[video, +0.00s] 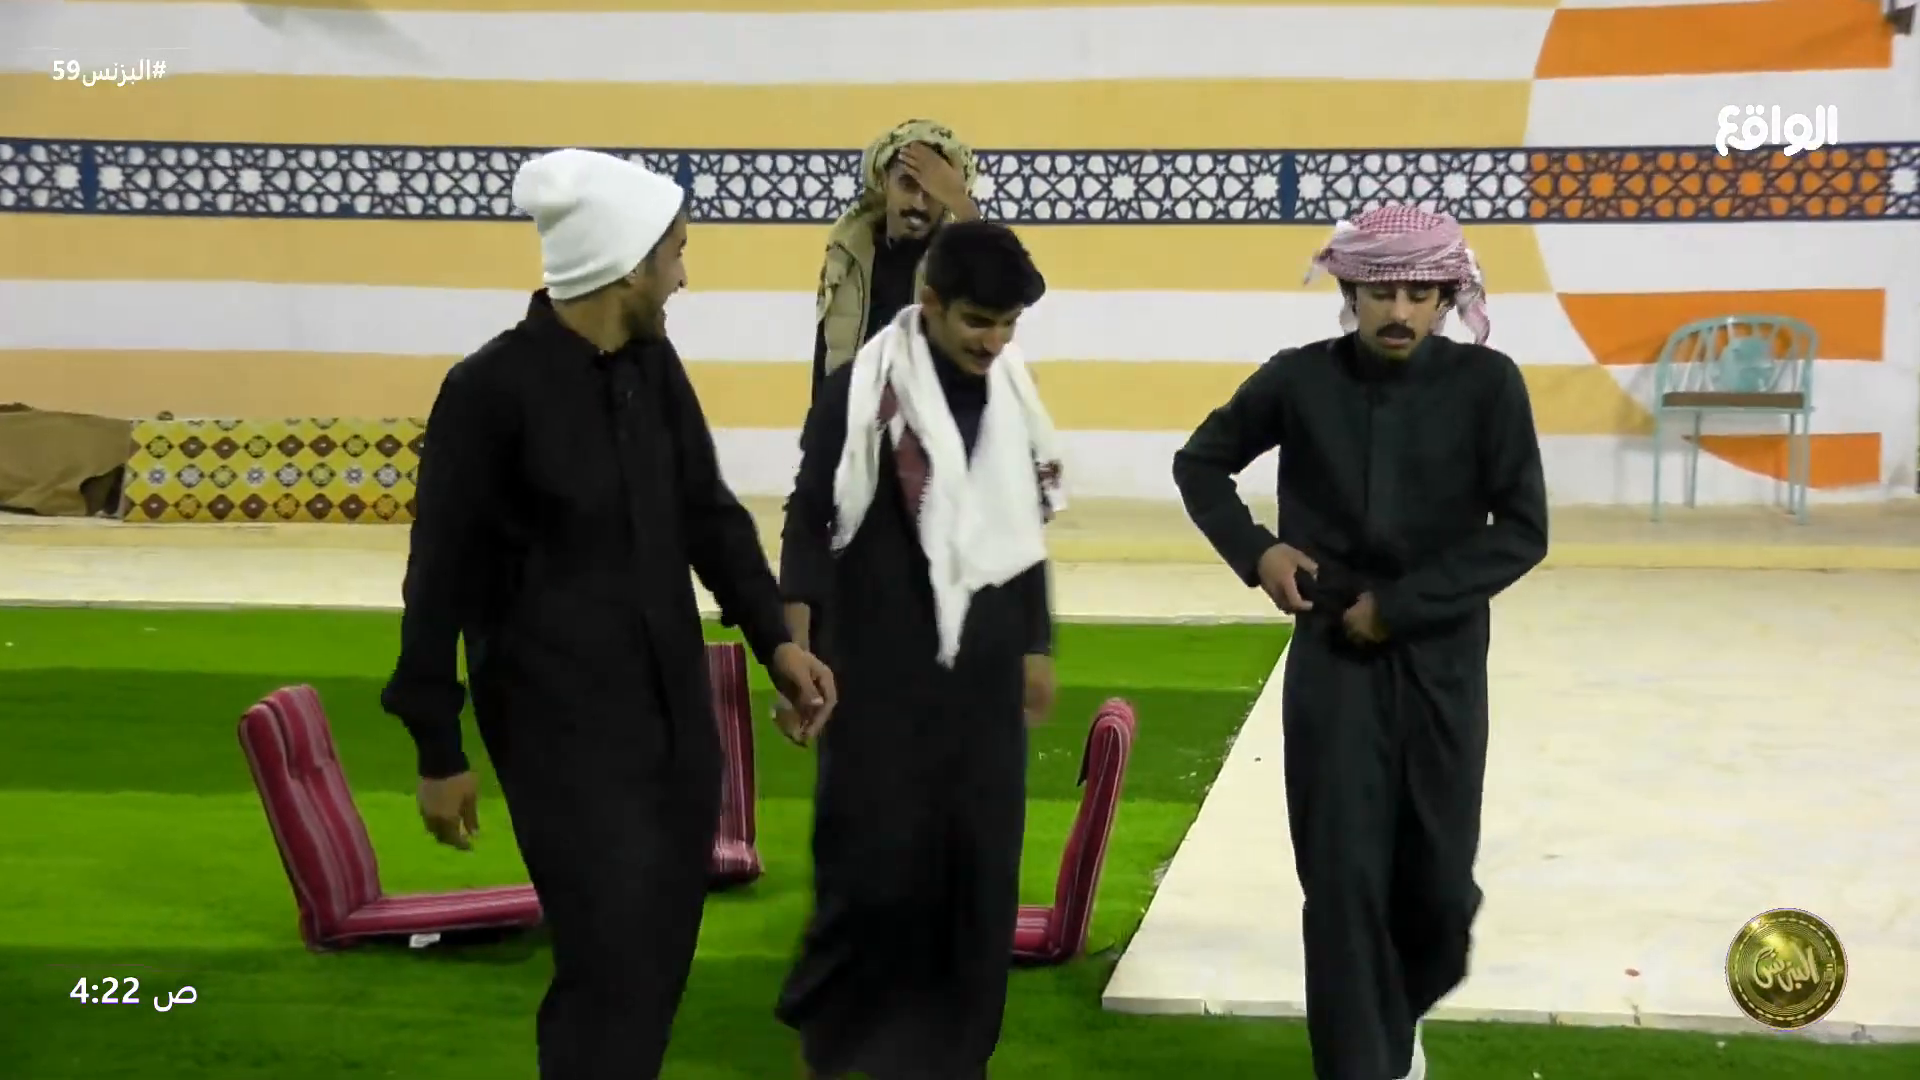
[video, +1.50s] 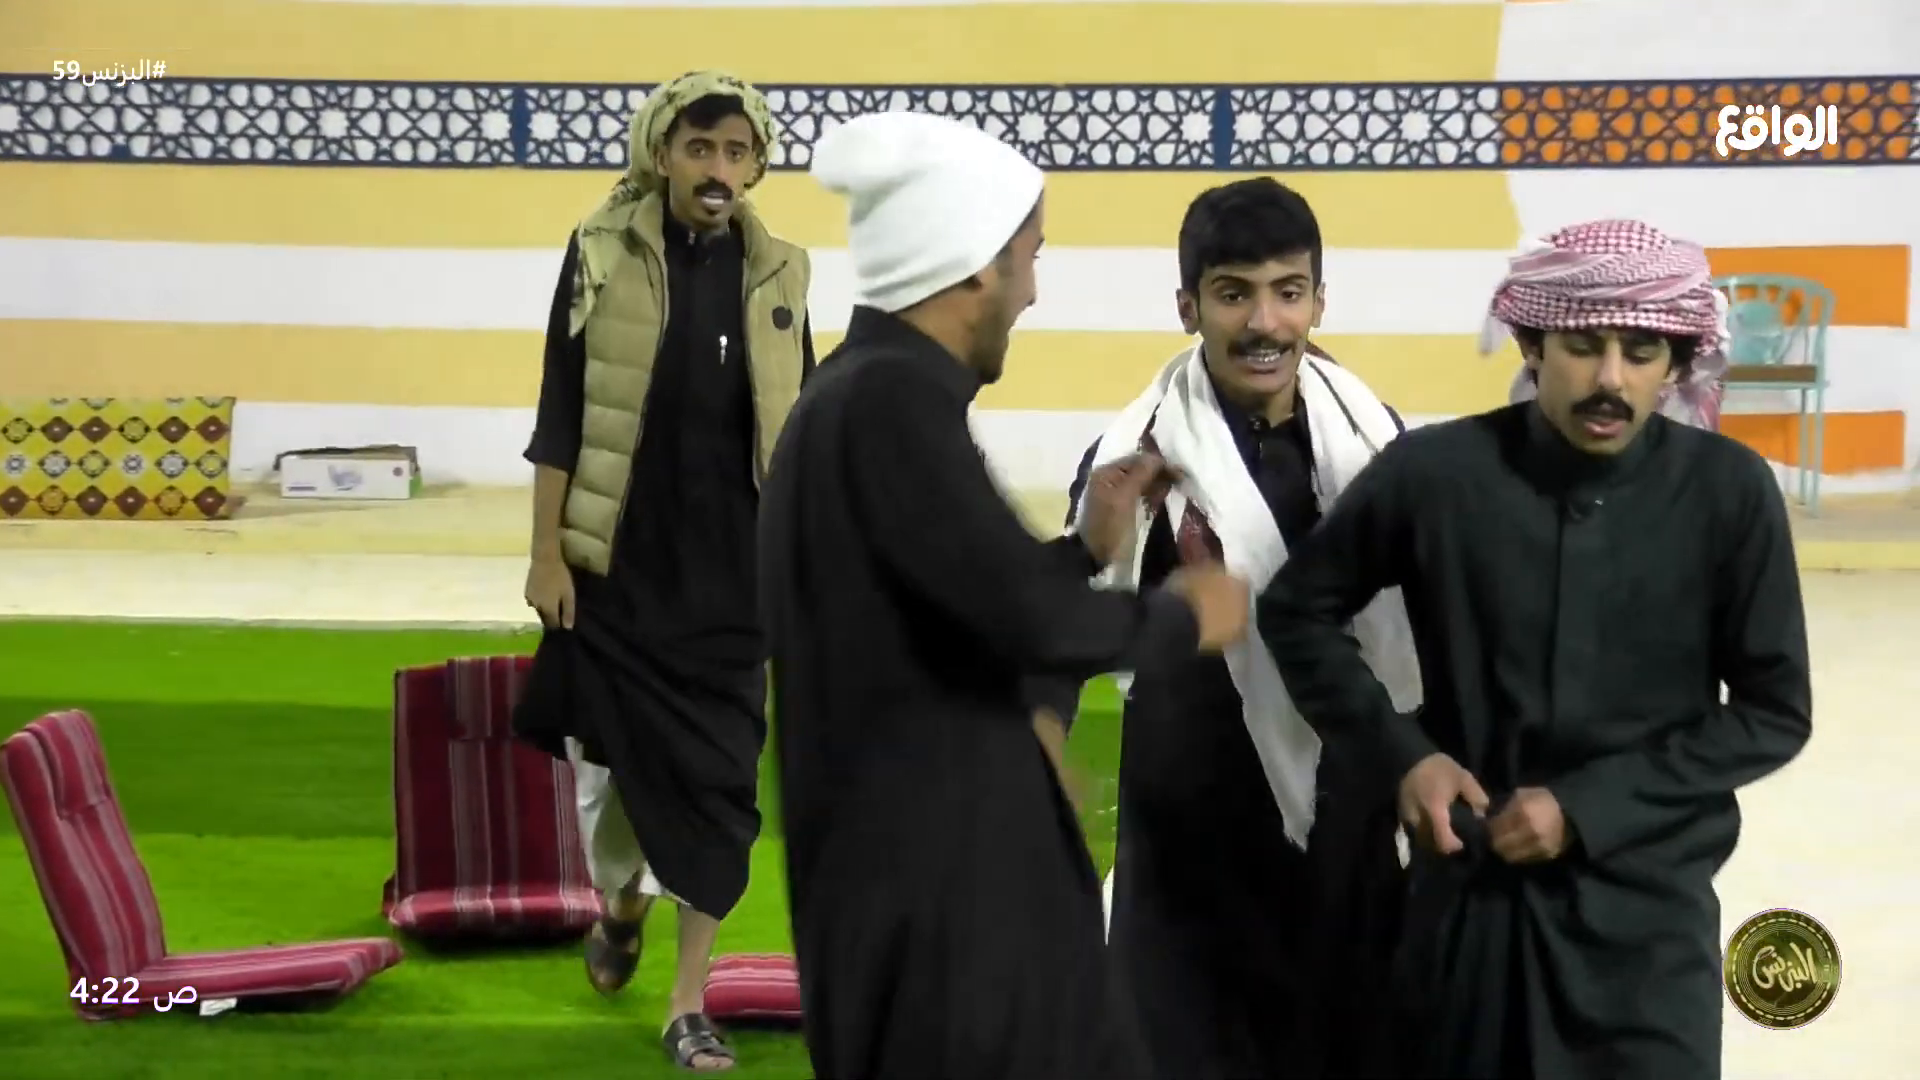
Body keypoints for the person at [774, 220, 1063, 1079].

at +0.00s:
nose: (993, 341)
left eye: (1007, 325)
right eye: (976, 323)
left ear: (1020, 314)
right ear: (928, 301)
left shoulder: (1010, 391)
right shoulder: (860, 385)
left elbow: (1028, 529)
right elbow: (809, 519)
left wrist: (1036, 647)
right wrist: (797, 647)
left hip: (981, 676)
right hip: (878, 670)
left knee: (976, 867)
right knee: (876, 861)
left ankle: (955, 1051)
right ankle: (843, 1039)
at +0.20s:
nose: (1029, 331)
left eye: (1044, 312)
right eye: (1009, 313)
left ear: (1062, 299)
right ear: (964, 295)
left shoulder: (1072, 372)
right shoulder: (904, 372)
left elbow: (1119, 514)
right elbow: (846, 509)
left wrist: (1167, 643)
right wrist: (800, 632)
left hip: (1029, 685)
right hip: (917, 683)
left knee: (996, 924)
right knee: (966, 920)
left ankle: (912, 1068)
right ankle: (974, 1073)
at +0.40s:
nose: (1051, 346)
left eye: (1067, 326)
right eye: (1030, 328)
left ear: (1084, 311)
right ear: (986, 311)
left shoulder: (1117, 389)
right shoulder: (937, 414)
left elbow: (1173, 524)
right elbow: (881, 565)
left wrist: (1223, 643)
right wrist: (847, 717)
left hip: (1094, 683)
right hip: (979, 694)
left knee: (1095, 884)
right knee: (1005, 919)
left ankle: (1038, 1051)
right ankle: (1003, 1061)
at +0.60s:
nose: (1098, 324)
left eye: (1115, 302)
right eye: (1076, 306)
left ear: (1132, 289)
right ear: (1028, 293)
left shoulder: (1159, 376)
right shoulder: (972, 407)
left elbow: (1203, 544)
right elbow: (936, 576)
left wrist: (1218, 691)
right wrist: (945, 726)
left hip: (1156, 723)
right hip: (1031, 728)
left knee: (1184, 966)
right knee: (1044, 974)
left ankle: (1168, 1073)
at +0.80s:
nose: (1185, 323)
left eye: (1196, 299)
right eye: (1159, 302)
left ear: (1208, 294)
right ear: (1097, 301)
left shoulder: (1223, 397)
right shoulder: (1028, 418)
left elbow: (1254, 582)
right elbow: (978, 589)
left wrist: (1258, 749)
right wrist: (1022, 690)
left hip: (1209, 765)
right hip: (1079, 769)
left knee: (1217, 1019)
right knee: (1069, 1015)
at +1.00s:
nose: (1295, 307)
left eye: (1295, 281)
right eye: (1272, 285)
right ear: (1191, 298)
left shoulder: (1307, 423)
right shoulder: (1087, 422)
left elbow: (1336, 611)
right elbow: (1035, 591)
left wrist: (1339, 790)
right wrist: (1033, 737)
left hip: (1269, 779)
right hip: (1127, 772)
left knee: (1257, 1021)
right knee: (1116, 1019)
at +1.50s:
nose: (1264, 321)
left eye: (1287, 293)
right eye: (1235, 295)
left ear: (1317, 302)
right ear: (1189, 306)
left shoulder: (1378, 439)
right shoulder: (1127, 459)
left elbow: (1436, 631)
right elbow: (1066, 659)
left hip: (1353, 852)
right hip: (1194, 855)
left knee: (1353, 1059)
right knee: (1194, 1053)